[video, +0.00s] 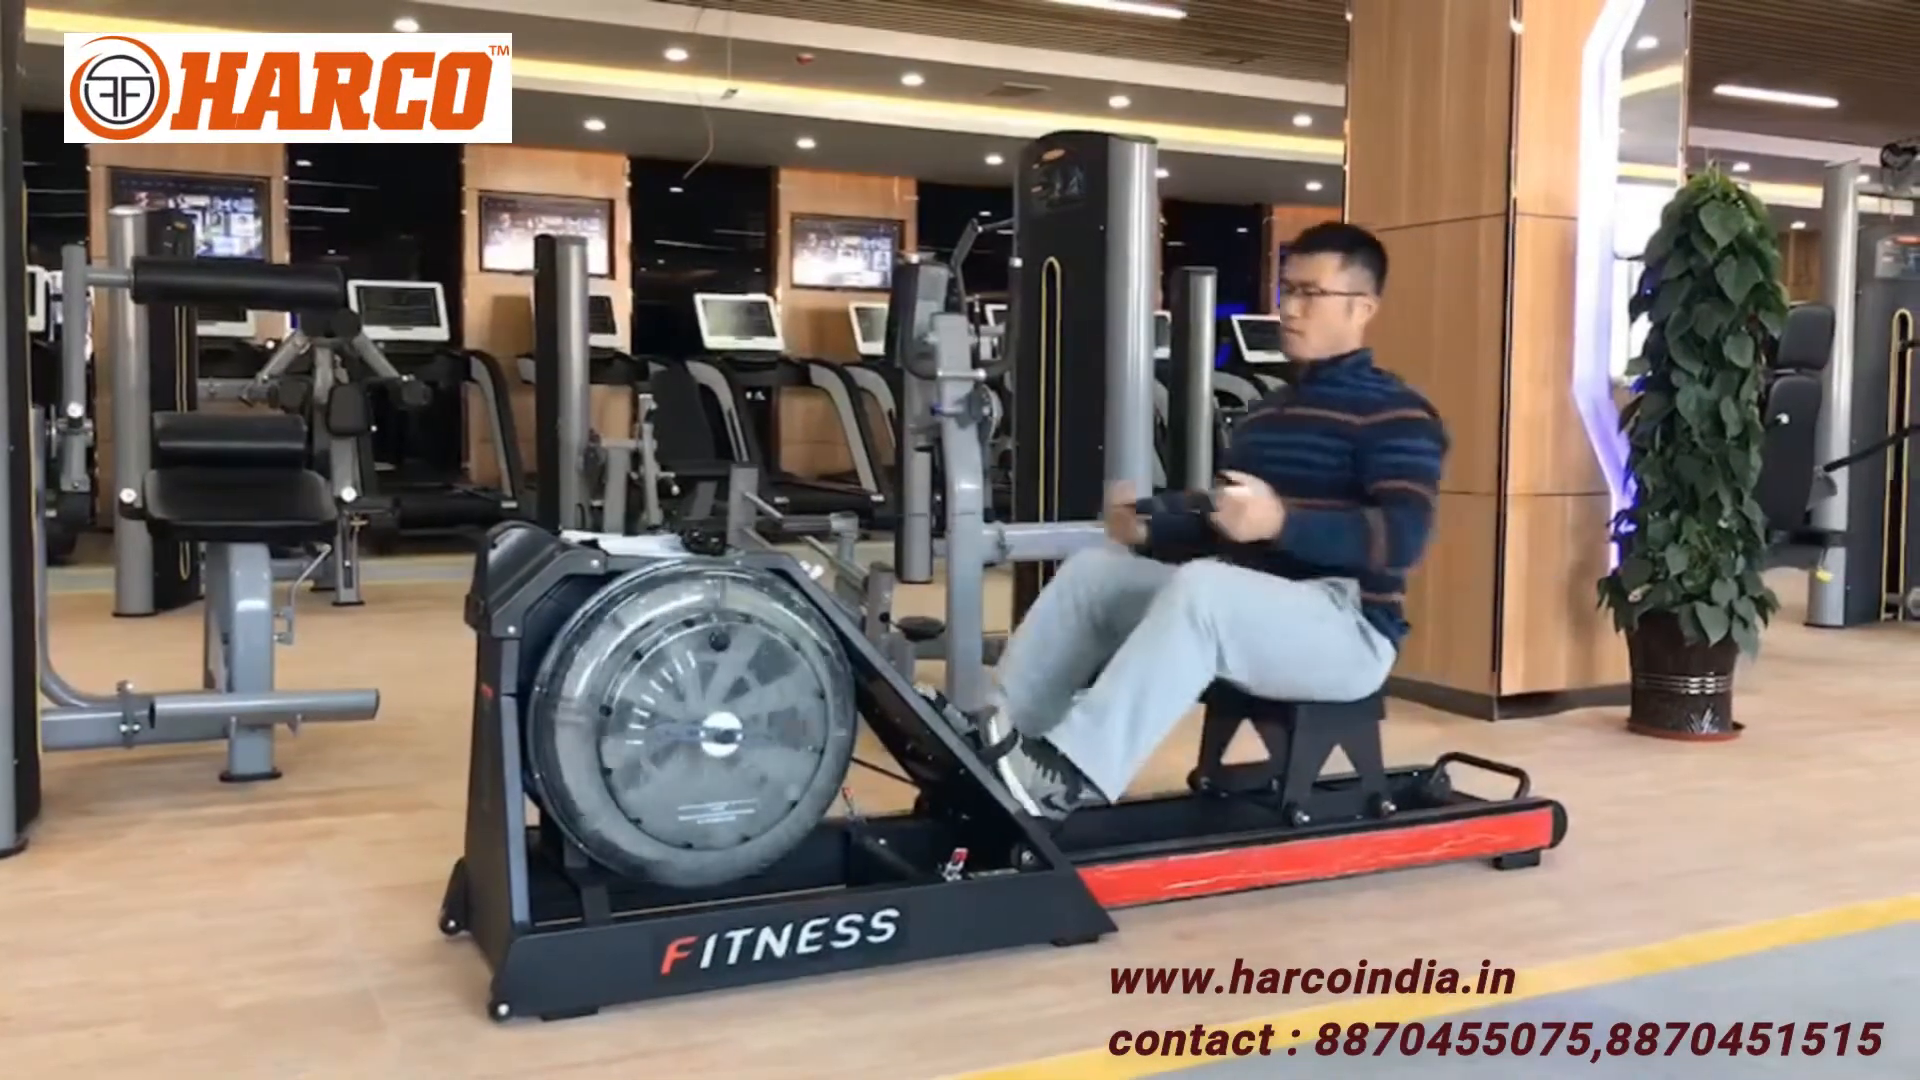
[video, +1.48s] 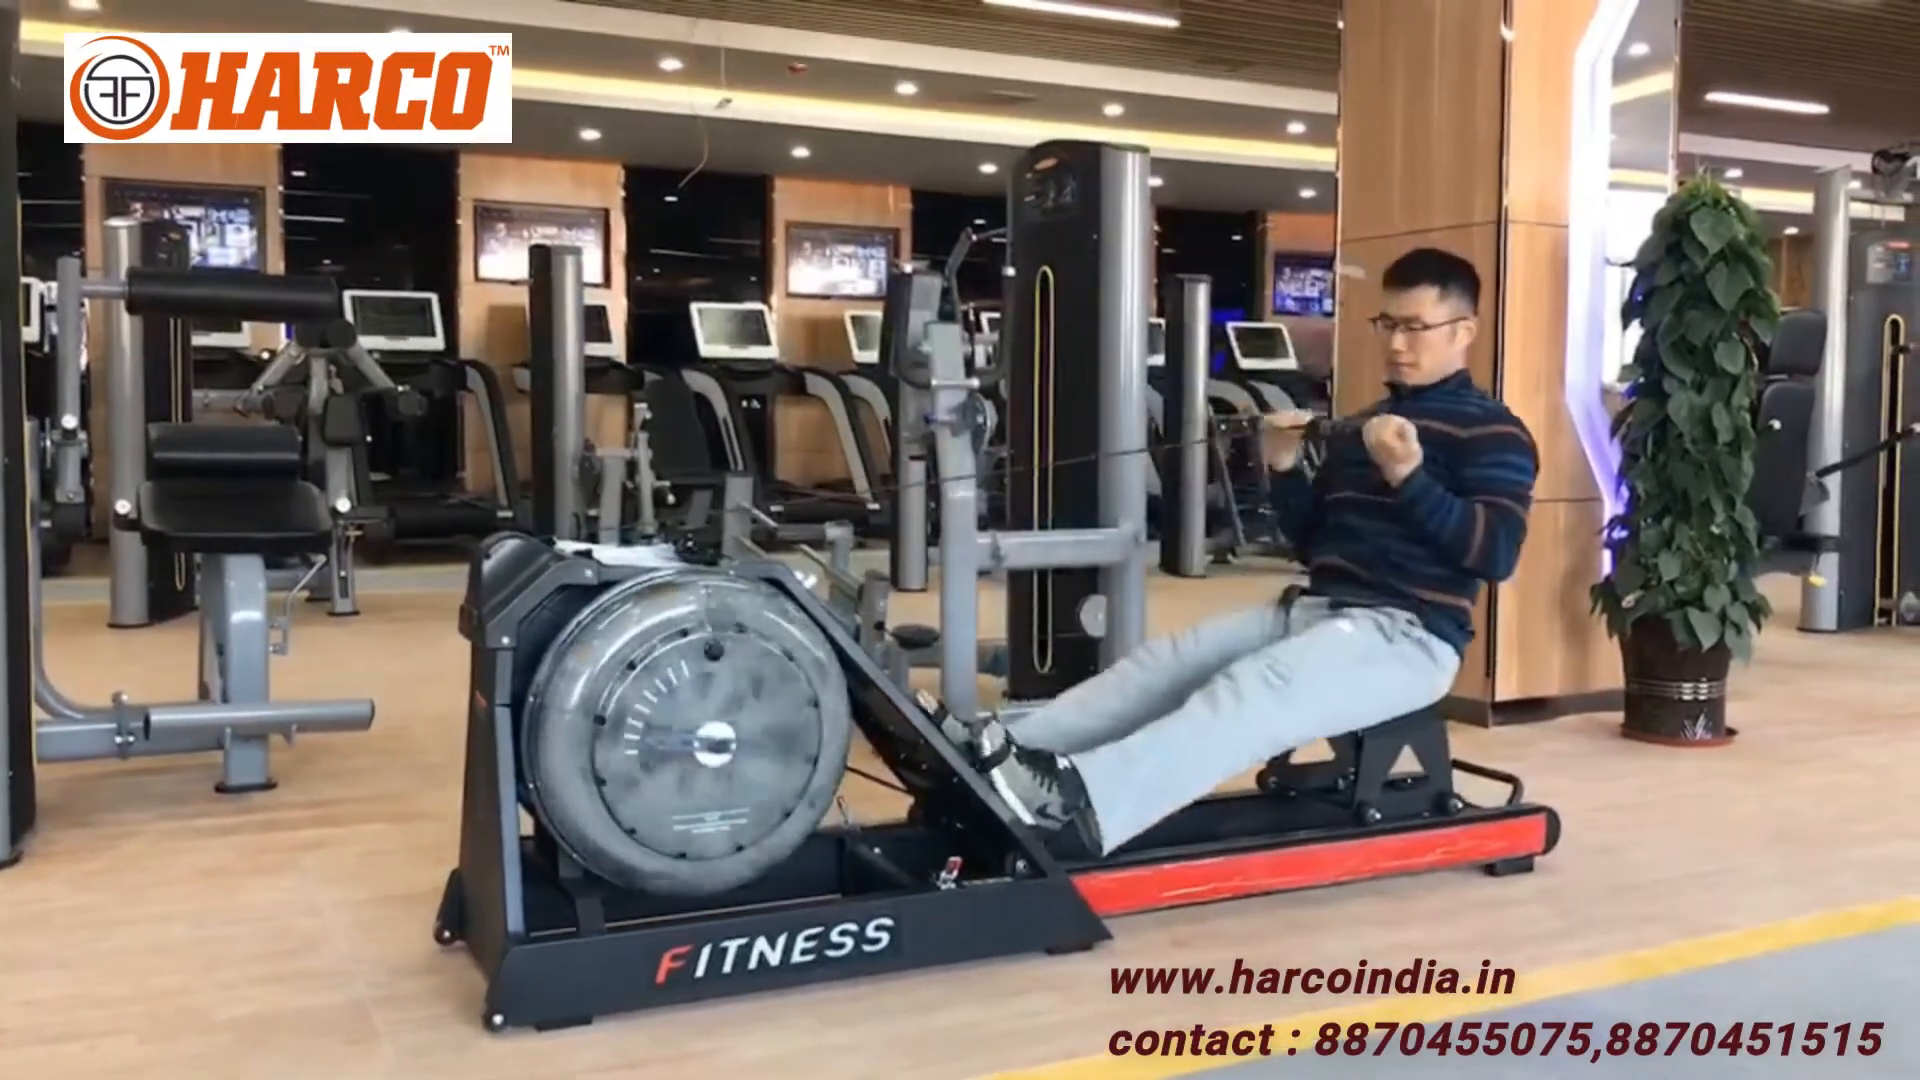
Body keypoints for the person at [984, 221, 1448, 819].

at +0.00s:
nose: (1288, 308)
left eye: (1309, 293)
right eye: (1286, 291)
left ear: (1363, 309)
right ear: (1277, 294)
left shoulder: (1397, 414)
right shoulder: (1269, 414)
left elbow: (1401, 537)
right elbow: (1234, 521)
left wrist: (1282, 522)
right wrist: (1149, 526)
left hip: (1349, 630)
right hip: (1255, 609)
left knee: (1200, 592)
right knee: (1094, 570)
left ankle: (1073, 771)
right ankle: (1002, 735)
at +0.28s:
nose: (1198, 299)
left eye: (1219, 284)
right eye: (1196, 283)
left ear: (1273, 301)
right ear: (1187, 290)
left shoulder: (1294, 397)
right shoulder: (1177, 395)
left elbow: (1210, 502)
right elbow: (1120, 471)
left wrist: (1083, 503)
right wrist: (1007, 485)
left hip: (1278, 634)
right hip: (1181, 608)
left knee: (1147, 566)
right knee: (1024, 553)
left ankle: (1042, 768)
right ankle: (961, 737)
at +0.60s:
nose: (1187, 292)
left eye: (1209, 281)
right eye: (1185, 278)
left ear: (1261, 303)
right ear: (1175, 286)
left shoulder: (1273, 400)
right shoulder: (1153, 400)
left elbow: (1173, 486)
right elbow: (1076, 477)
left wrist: (1047, 496)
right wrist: (958, 463)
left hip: (1261, 633)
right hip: (1162, 606)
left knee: (1127, 559)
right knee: (1010, 551)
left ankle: (1037, 768)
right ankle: (961, 742)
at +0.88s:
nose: (1260, 307)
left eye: (1283, 293)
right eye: (1255, 290)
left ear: (1331, 311)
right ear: (1244, 295)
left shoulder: (1341, 406)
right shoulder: (1222, 406)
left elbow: (1254, 502)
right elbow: (1158, 510)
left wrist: (1144, 477)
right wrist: (1056, 471)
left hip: (1315, 627)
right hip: (1221, 602)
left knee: (1175, 587)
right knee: (1062, 567)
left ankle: (1048, 772)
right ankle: (970, 732)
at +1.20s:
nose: (1365, 331)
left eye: (1386, 316)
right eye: (1357, 312)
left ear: (1434, 326)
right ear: (1344, 315)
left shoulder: (1448, 421)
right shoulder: (1339, 412)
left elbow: (1405, 538)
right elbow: (1278, 528)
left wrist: (1319, 474)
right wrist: (1210, 470)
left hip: (1388, 630)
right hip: (1303, 608)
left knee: (1223, 653)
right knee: (1134, 626)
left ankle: (1069, 789)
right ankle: (985, 748)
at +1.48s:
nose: (1396, 343)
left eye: (1417, 328)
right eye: (1388, 326)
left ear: (1466, 335)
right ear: (1378, 329)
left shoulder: (1496, 434)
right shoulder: (1364, 424)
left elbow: (1496, 556)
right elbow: (1313, 536)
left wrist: (1411, 480)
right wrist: (1282, 468)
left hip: (1402, 634)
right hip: (1313, 608)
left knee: (1247, 695)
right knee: (1170, 660)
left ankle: (1079, 804)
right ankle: (998, 744)